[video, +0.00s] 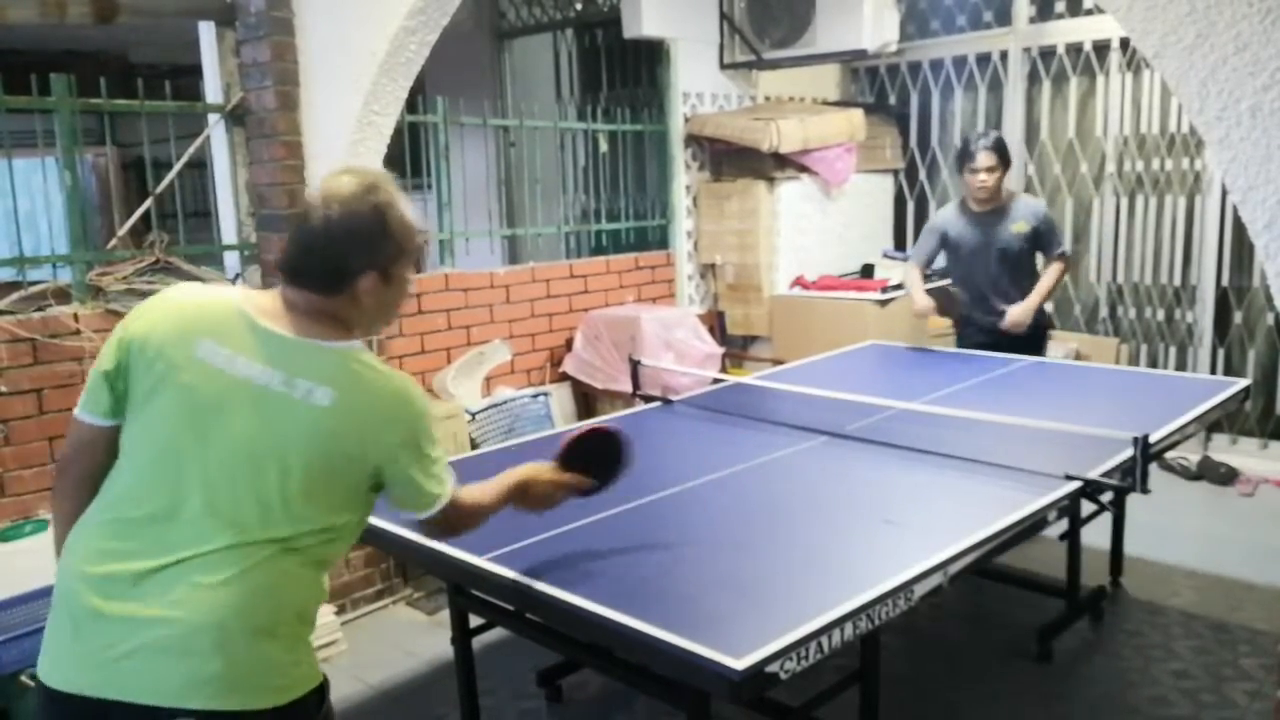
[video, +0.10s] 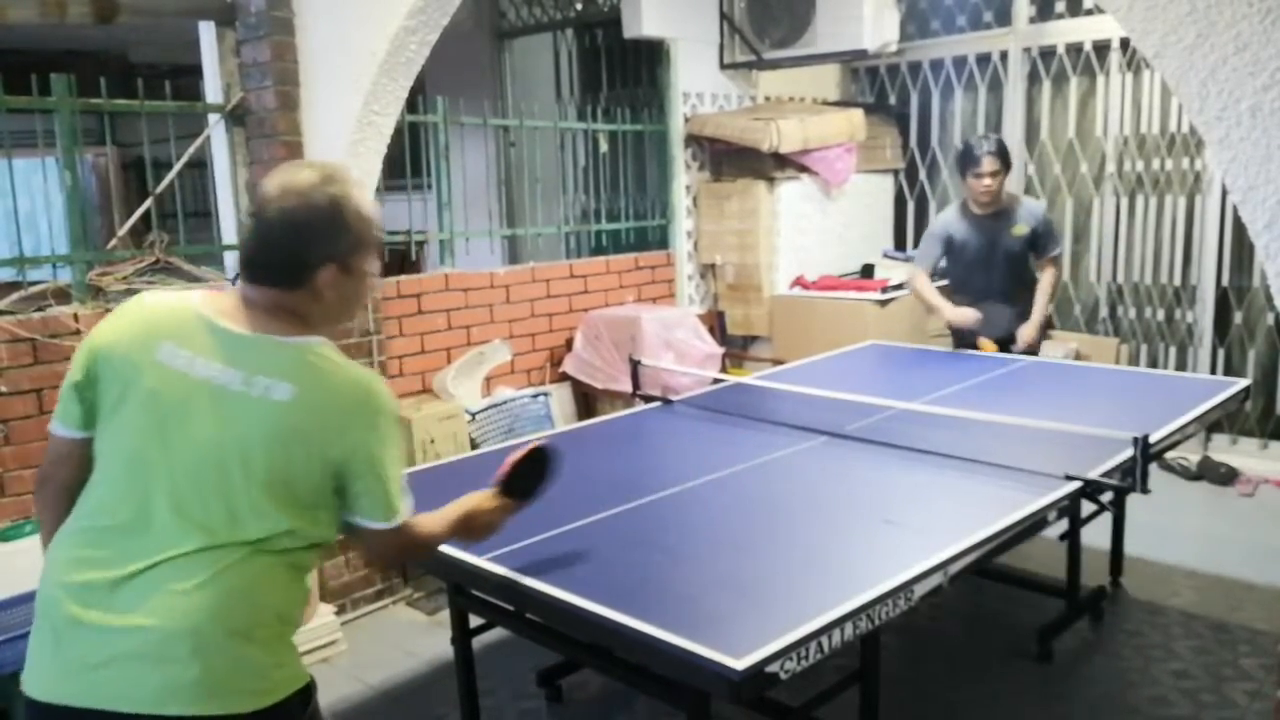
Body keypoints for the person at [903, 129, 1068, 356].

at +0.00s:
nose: (982, 179)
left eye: (991, 171)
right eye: (974, 171)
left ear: (1004, 171)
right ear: (962, 175)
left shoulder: (1032, 212)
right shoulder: (945, 220)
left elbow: (1058, 260)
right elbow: (914, 265)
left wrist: (1028, 306)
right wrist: (920, 296)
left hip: (1025, 334)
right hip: (975, 334)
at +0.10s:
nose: (987, 183)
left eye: (994, 174)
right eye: (977, 176)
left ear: (1006, 174)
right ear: (964, 179)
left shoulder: (1031, 215)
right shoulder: (947, 223)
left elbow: (1049, 265)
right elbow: (917, 276)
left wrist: (1035, 323)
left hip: (1021, 336)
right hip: (970, 336)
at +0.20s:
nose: (994, 187)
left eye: (1001, 178)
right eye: (985, 179)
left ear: (1011, 177)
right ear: (968, 182)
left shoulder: (1033, 216)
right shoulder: (954, 225)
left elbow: (1039, 271)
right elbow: (937, 287)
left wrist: (1039, 330)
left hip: (1021, 334)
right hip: (972, 336)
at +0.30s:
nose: (1004, 188)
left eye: (1010, 180)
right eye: (994, 181)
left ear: (1018, 179)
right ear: (976, 183)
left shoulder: (1031, 215)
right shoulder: (965, 228)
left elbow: (1039, 271)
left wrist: (1045, 327)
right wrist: (1013, 319)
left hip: (1022, 330)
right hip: (977, 333)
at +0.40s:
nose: (1013, 185)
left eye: (1019, 177)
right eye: (1003, 178)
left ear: (1027, 178)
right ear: (983, 181)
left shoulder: (1033, 212)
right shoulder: (974, 224)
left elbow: (1044, 270)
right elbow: (989, 285)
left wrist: (1051, 320)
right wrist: (1019, 312)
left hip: (1023, 318)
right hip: (979, 320)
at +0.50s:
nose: (1022, 181)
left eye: (1028, 173)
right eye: (1012, 174)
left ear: (1035, 175)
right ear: (992, 176)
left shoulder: (1040, 212)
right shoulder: (983, 218)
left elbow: (1048, 269)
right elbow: (992, 279)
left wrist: (1056, 312)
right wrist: (1022, 312)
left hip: (1029, 319)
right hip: (986, 319)